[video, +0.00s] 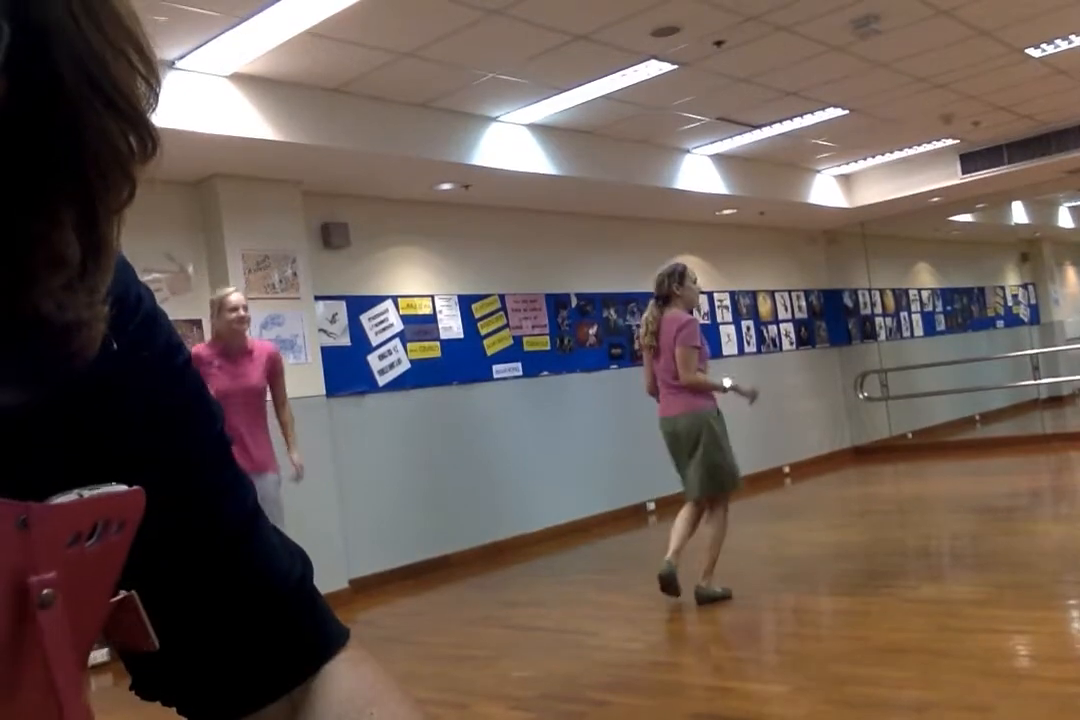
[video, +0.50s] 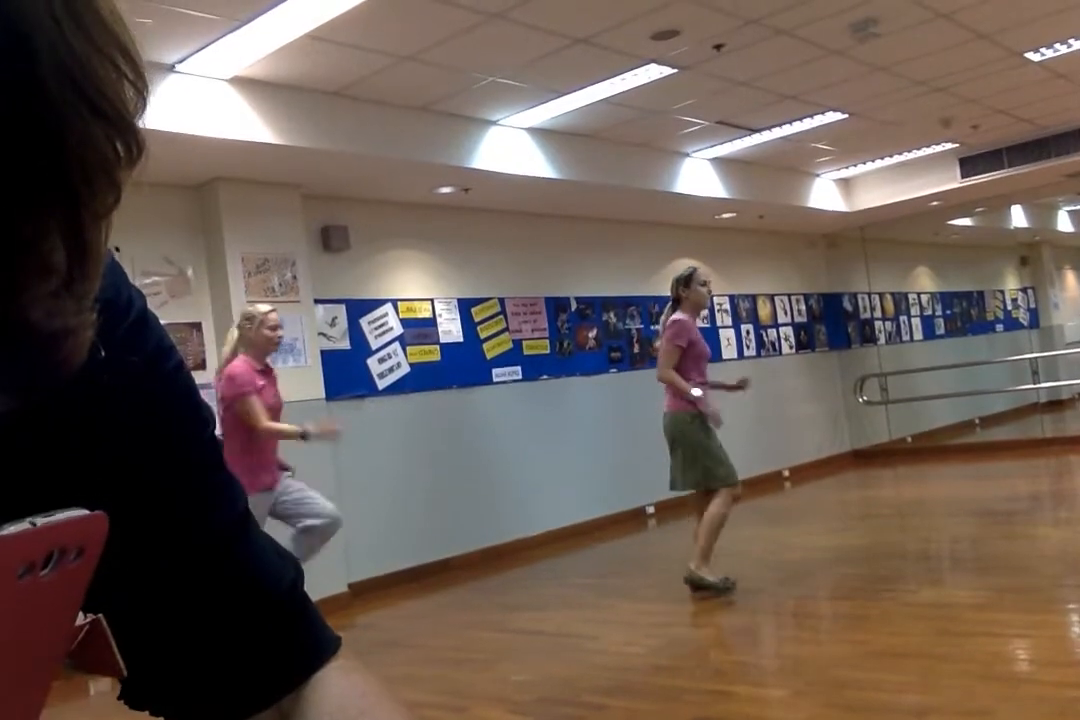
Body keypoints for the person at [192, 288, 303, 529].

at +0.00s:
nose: (241, 315)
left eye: (244, 308)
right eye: (233, 310)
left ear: (249, 313)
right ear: (216, 318)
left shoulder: (267, 353)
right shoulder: (199, 357)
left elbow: (281, 404)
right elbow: (194, 411)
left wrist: (292, 450)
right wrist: (201, 459)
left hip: (260, 460)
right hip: (220, 463)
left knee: (271, 536)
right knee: (230, 538)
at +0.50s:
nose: (279, 334)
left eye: (280, 328)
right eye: (272, 329)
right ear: (250, 332)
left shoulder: (263, 370)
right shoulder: (238, 373)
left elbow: (259, 429)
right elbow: (260, 425)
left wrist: (272, 460)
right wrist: (307, 432)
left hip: (269, 478)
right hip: (246, 485)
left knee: (325, 519)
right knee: (246, 556)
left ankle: (280, 577)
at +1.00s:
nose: (364, 325)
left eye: (364, 319)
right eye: (357, 320)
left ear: (351, 326)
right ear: (338, 325)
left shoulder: (342, 360)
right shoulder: (340, 358)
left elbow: (359, 416)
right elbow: (298, 396)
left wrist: (406, 421)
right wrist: (307, 438)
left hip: (322, 469)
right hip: (341, 466)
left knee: (329, 553)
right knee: (400, 511)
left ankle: (333, 632)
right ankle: (351, 565)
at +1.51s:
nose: (462, 322)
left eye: (461, 316)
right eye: (457, 316)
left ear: (435, 319)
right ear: (438, 318)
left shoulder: (421, 353)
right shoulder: (443, 352)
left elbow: (402, 403)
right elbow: (471, 399)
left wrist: (411, 445)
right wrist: (510, 401)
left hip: (429, 454)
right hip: (447, 455)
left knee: (484, 496)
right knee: (446, 526)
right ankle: (433, 613)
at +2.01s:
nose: (536, 312)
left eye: (537, 307)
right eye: (529, 308)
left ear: (535, 313)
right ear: (511, 314)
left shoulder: (540, 352)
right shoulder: (501, 348)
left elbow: (568, 382)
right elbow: (475, 390)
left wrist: (605, 394)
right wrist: (461, 425)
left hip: (531, 443)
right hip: (510, 444)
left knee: (524, 513)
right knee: (560, 496)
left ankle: (518, 585)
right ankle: (553, 572)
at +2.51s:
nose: (593, 316)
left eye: (593, 311)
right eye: (586, 311)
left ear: (591, 316)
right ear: (568, 316)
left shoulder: (590, 350)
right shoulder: (558, 353)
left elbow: (591, 396)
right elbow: (550, 402)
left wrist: (612, 424)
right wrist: (561, 436)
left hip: (591, 441)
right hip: (566, 443)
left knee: (620, 498)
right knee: (594, 500)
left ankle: (588, 556)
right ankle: (602, 580)